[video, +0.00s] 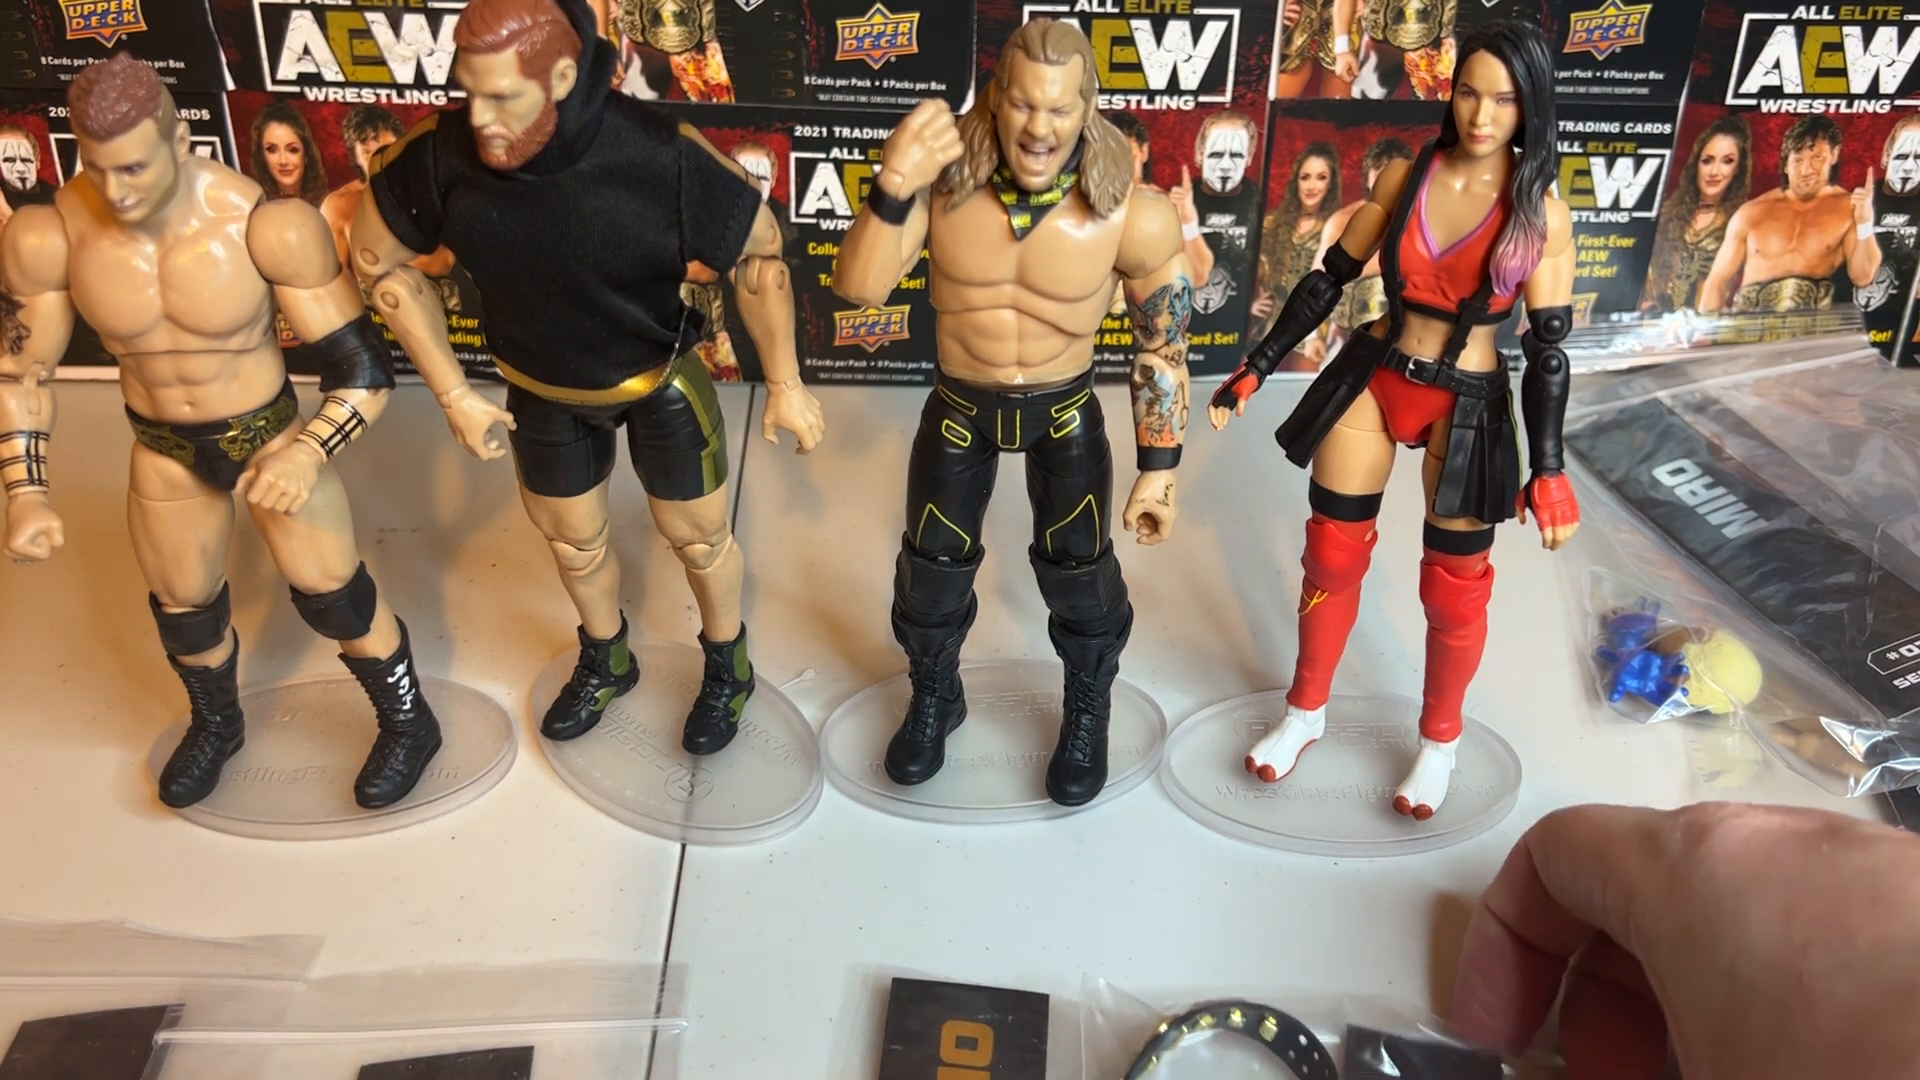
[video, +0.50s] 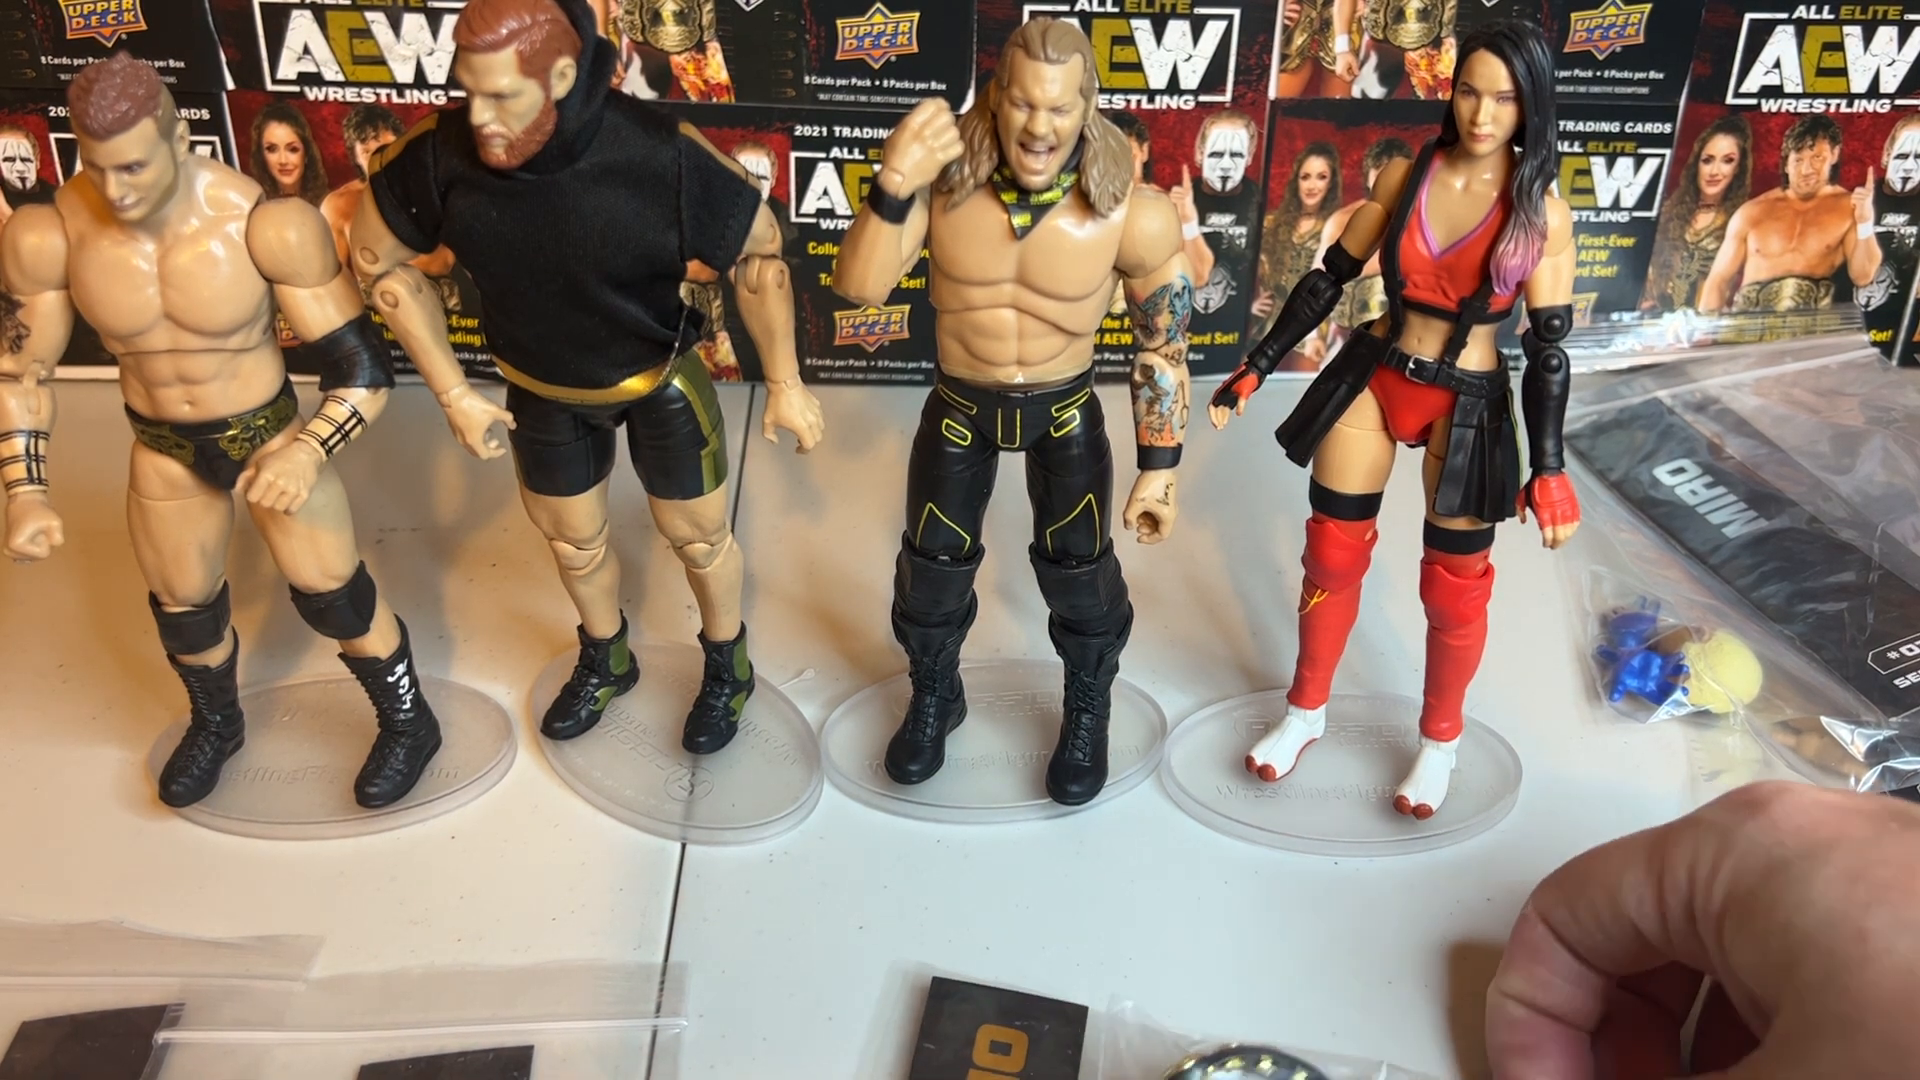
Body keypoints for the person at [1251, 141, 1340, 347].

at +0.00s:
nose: (1312, 186)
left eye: (1321, 178)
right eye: (1305, 177)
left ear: (1332, 183)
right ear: (1296, 181)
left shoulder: (1338, 229)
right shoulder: (1271, 225)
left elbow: (1336, 285)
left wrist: (1320, 336)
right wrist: (1252, 302)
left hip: (1311, 334)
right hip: (1269, 329)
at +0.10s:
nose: (1312, 185)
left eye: (1321, 177)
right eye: (1305, 176)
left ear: (1331, 182)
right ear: (1295, 180)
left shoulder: (1337, 228)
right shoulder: (1270, 224)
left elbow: (1333, 284)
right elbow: (1253, 273)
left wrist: (1320, 334)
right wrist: (1253, 300)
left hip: (1311, 333)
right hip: (1268, 327)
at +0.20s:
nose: (1312, 186)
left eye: (1321, 178)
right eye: (1305, 177)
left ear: (1332, 183)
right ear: (1295, 181)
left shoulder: (1338, 230)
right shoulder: (1271, 225)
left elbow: (1335, 285)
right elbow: (1255, 273)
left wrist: (1322, 336)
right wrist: (1254, 303)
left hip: (1313, 334)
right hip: (1269, 328)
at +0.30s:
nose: (1312, 185)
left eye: (1321, 177)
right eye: (1305, 176)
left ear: (1331, 182)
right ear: (1295, 180)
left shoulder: (1337, 228)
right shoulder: (1270, 224)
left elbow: (1334, 283)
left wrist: (1321, 335)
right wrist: (1252, 302)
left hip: (1312, 332)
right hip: (1269, 326)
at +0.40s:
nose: (1312, 186)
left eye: (1321, 178)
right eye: (1305, 177)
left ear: (1332, 183)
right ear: (1295, 181)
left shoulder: (1338, 230)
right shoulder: (1270, 225)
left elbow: (1336, 286)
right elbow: (1254, 274)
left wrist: (1322, 336)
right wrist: (1254, 302)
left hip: (1313, 334)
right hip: (1269, 328)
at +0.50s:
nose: (1312, 185)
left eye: (1322, 177)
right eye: (1305, 177)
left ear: (1332, 182)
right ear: (1295, 181)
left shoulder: (1337, 229)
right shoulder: (1271, 224)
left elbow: (1334, 284)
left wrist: (1321, 335)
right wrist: (1253, 302)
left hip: (1312, 332)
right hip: (1269, 327)